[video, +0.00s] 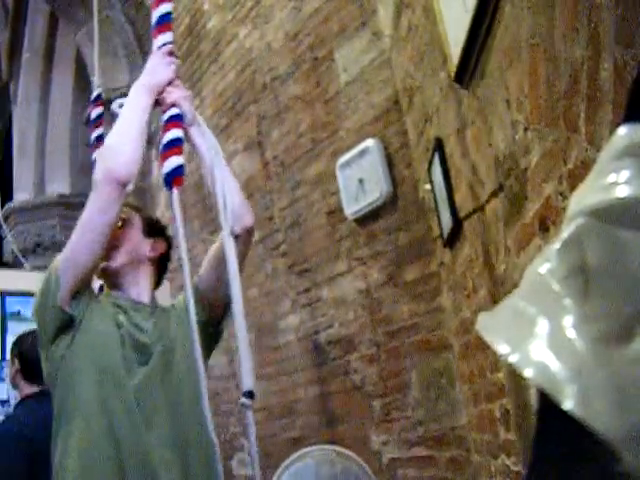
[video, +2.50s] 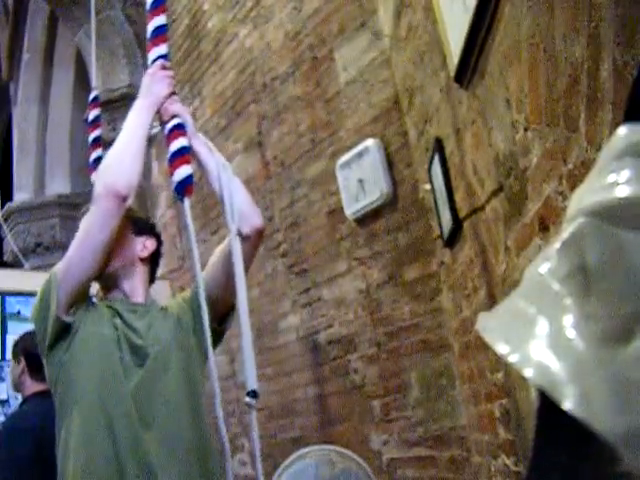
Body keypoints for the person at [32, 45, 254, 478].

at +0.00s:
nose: (110, 231)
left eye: (124, 223)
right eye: (107, 224)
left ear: (156, 247)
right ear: (96, 244)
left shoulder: (188, 323)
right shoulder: (68, 317)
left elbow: (240, 224)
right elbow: (113, 176)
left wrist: (193, 125)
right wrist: (144, 88)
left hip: (188, 471)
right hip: (90, 470)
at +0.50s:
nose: (84, 247)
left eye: (96, 237)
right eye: (83, 240)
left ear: (127, 250)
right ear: (72, 255)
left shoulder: (171, 322)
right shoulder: (53, 328)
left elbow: (234, 229)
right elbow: (98, 193)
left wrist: (179, 132)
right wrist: (134, 103)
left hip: (184, 470)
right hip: (86, 470)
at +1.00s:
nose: (87, 242)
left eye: (101, 234)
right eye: (87, 234)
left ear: (132, 254)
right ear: (74, 248)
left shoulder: (170, 327)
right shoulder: (52, 326)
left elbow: (228, 230)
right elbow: (93, 195)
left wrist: (172, 136)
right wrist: (128, 108)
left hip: (165, 470)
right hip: (78, 470)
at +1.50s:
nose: (96, 241)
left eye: (110, 233)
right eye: (96, 233)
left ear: (140, 251)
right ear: (83, 249)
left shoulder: (178, 325)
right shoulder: (61, 325)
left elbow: (240, 231)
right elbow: (107, 194)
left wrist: (189, 136)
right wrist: (144, 104)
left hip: (173, 470)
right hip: (85, 470)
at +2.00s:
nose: (100, 240)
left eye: (114, 231)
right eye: (100, 232)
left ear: (144, 248)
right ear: (87, 248)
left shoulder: (183, 320)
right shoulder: (66, 323)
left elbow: (247, 228)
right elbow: (111, 191)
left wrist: (195, 135)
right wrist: (148, 101)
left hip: (192, 470)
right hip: (93, 470)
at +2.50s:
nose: (101, 238)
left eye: (115, 230)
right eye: (102, 230)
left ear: (146, 245)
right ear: (88, 246)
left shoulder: (185, 320)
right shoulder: (66, 322)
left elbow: (248, 228)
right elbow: (112, 191)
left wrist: (193, 137)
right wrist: (145, 103)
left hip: (189, 470)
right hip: (92, 470)